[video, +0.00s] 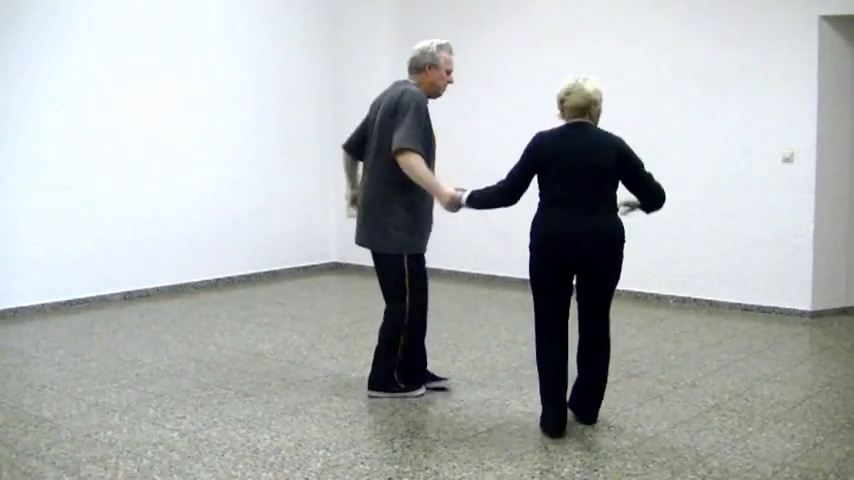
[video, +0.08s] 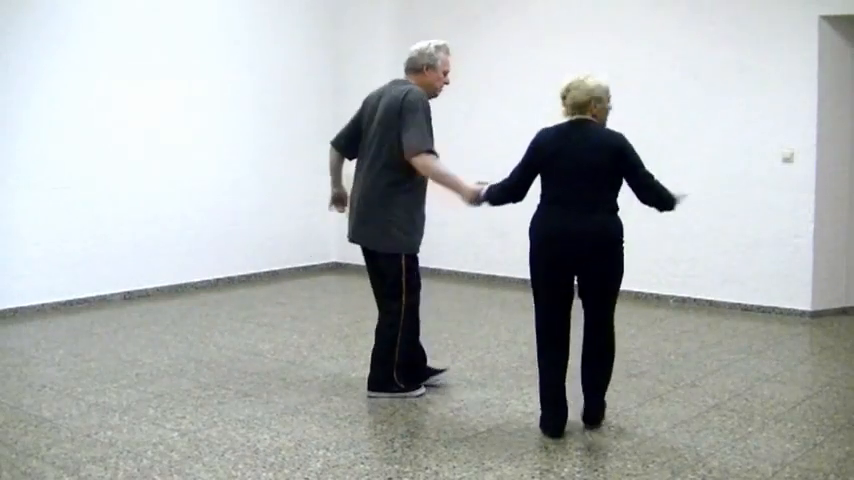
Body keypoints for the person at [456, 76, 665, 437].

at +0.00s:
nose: (602, 113)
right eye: (601, 108)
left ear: (561, 109)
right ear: (597, 111)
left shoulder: (544, 142)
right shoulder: (612, 145)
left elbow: (509, 192)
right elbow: (655, 198)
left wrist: (465, 198)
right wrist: (636, 202)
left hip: (550, 247)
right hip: (603, 249)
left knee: (550, 329)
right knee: (595, 325)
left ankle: (553, 420)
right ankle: (586, 408)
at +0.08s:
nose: (609, 113)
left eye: (609, 107)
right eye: (608, 107)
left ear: (567, 106)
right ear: (597, 107)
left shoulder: (546, 139)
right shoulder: (613, 142)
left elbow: (515, 187)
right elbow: (645, 187)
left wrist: (485, 194)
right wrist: (669, 201)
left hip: (550, 247)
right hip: (601, 248)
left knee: (551, 330)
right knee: (599, 325)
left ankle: (552, 421)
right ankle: (593, 412)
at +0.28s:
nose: (631, 103)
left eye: (629, 96)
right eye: (626, 97)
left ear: (593, 101)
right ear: (605, 101)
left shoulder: (563, 134)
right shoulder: (617, 138)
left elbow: (534, 185)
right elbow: (644, 187)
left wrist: (528, 167)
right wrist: (700, 193)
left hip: (556, 247)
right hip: (603, 250)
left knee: (559, 330)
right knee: (614, 334)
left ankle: (550, 423)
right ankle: (600, 425)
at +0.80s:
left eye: (583, 99)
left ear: (583, 105)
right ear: (617, 107)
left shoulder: (564, 139)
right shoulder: (633, 146)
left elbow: (519, 180)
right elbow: (682, 191)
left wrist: (494, 166)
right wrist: (733, 190)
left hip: (561, 250)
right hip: (614, 256)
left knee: (536, 328)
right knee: (613, 341)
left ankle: (521, 413)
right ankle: (607, 438)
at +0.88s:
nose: (560, 110)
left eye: (561, 105)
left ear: (563, 108)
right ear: (597, 108)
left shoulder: (545, 142)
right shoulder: (614, 146)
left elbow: (506, 188)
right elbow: (662, 185)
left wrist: (482, 176)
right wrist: (683, 167)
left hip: (550, 254)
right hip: (602, 258)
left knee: (522, 330)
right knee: (607, 339)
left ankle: (501, 413)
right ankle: (613, 436)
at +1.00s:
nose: (520, 111)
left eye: (522, 106)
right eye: (523, 105)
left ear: (528, 109)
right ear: (559, 109)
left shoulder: (514, 145)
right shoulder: (577, 144)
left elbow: (481, 201)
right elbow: (603, 179)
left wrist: (464, 191)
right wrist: (572, 165)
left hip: (526, 257)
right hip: (575, 257)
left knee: (500, 334)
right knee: (581, 336)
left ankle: (491, 418)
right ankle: (615, 421)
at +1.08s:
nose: (496, 107)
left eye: (500, 102)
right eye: (498, 101)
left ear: (513, 106)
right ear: (533, 107)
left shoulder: (499, 144)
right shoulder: (553, 141)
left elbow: (472, 205)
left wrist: (457, 206)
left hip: (513, 246)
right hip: (558, 242)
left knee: (486, 326)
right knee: (547, 328)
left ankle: (491, 416)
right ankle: (596, 400)